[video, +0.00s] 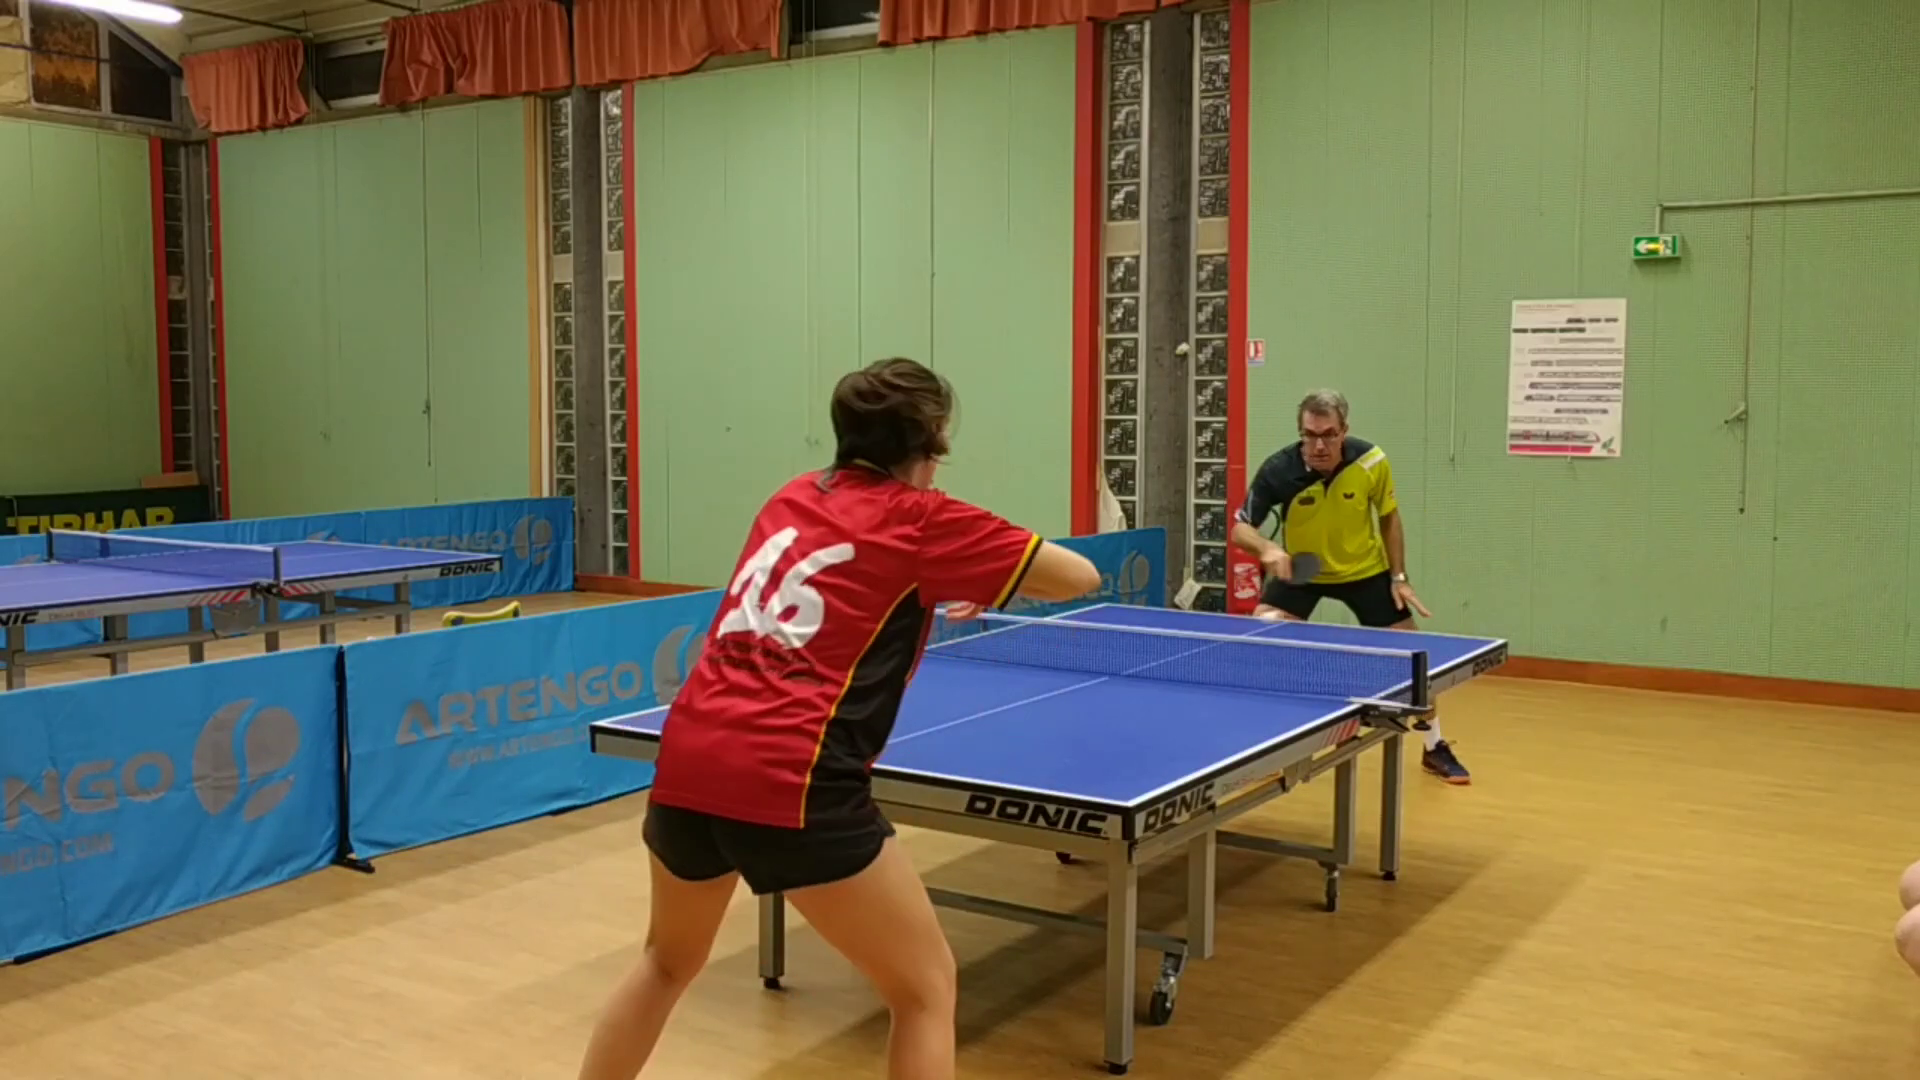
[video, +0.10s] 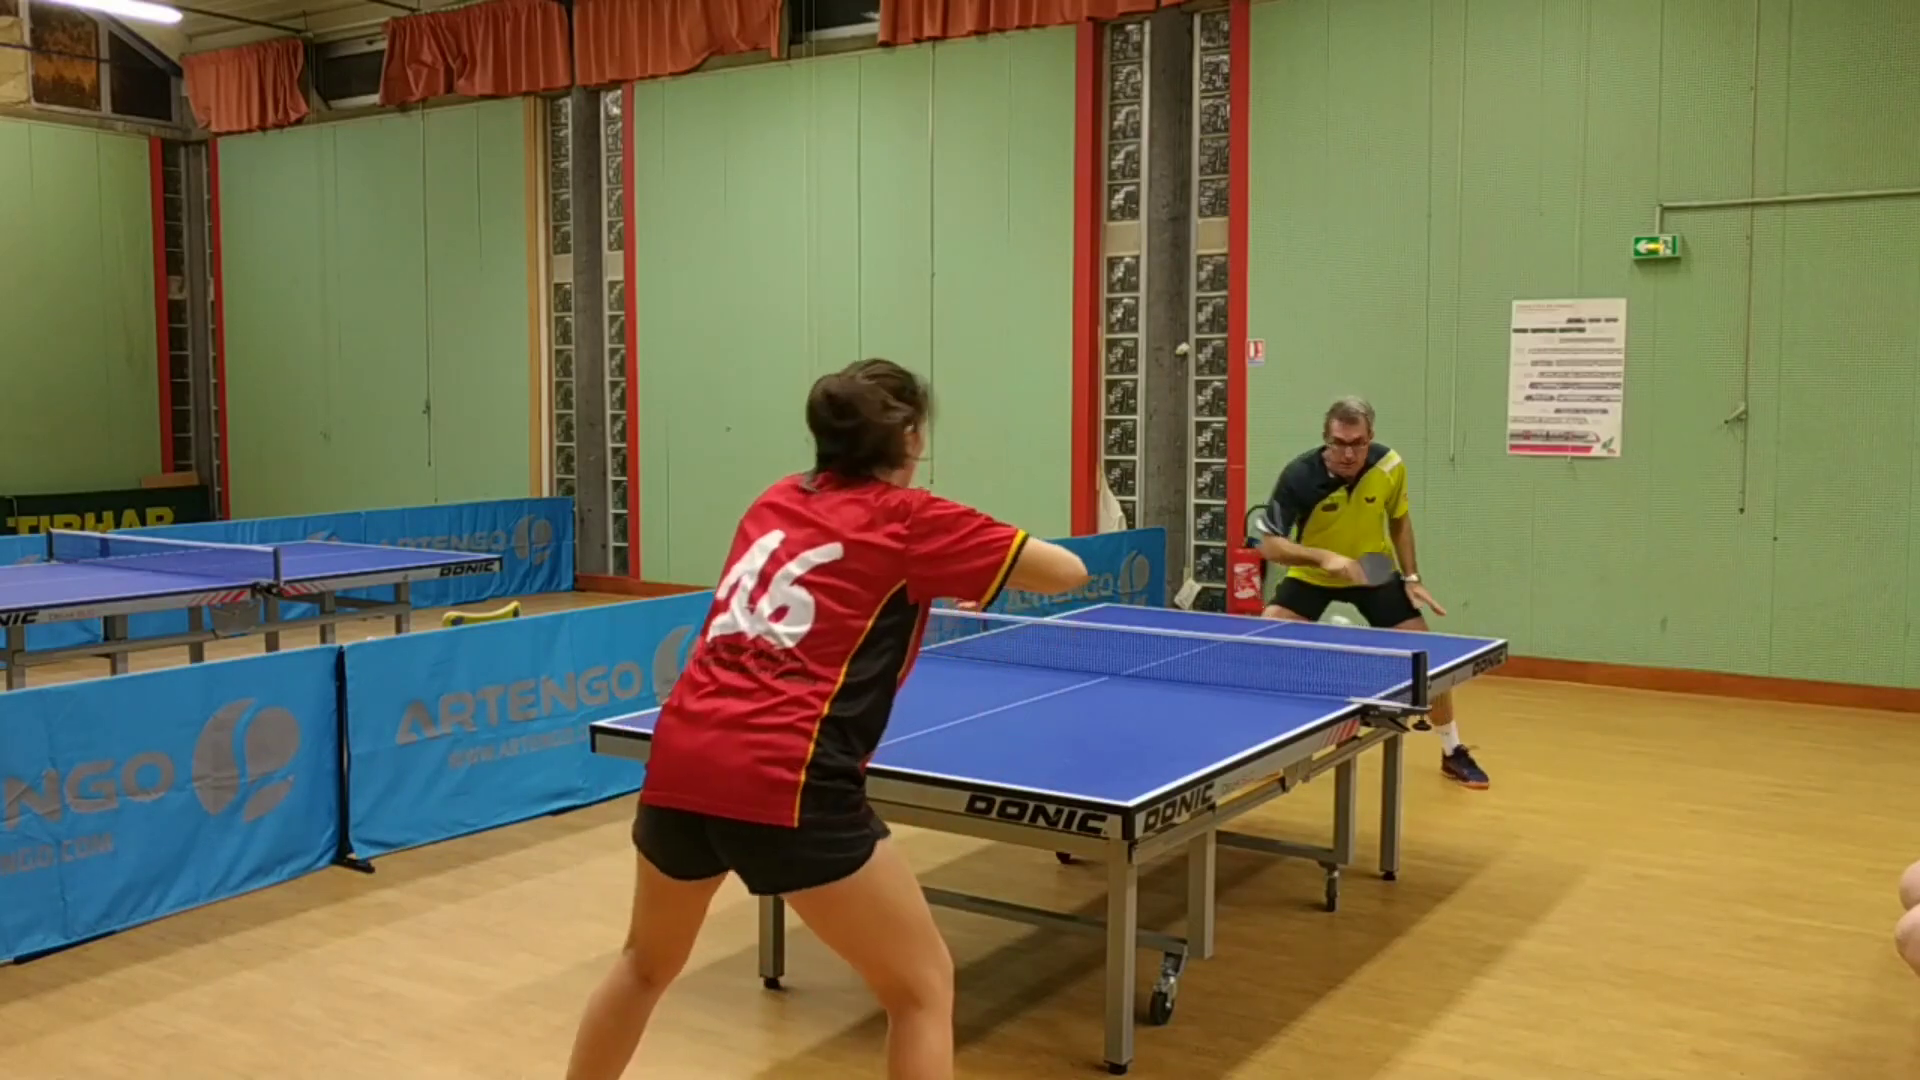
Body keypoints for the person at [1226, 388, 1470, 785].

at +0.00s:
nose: (1318, 445)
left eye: (1328, 435)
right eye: (1311, 435)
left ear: (1344, 431)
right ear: (1301, 432)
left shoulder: (1369, 461)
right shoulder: (1278, 471)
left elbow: (1389, 518)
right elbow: (1239, 529)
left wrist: (1398, 576)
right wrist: (1268, 548)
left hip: (1364, 573)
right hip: (1300, 574)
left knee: (1410, 650)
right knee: (1257, 647)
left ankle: (1435, 745)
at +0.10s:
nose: (1348, 454)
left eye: (1357, 444)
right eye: (1339, 445)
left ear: (1370, 438)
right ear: (1326, 439)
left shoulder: (1388, 465)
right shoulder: (1299, 476)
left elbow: (1399, 521)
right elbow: (1269, 545)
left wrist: (1411, 577)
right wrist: (1323, 557)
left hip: (1374, 575)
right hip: (1311, 577)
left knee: (1422, 652)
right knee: (1268, 633)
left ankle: (1453, 751)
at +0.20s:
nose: (1381, 468)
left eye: (1390, 459)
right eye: (1372, 459)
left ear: (1401, 454)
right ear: (1355, 450)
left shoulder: (1409, 475)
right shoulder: (1329, 485)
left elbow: (1412, 529)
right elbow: (1315, 567)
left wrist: (1428, 584)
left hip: (1386, 582)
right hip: (1327, 582)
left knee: (1435, 642)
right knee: (1282, 632)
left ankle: (1456, 751)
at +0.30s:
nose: (1413, 481)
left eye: (1420, 472)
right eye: (1404, 470)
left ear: (1429, 468)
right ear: (1385, 461)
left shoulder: (1425, 486)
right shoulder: (1355, 498)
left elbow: (1423, 533)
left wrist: (1447, 584)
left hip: (1401, 579)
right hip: (1341, 580)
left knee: (1448, 648)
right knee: (1296, 637)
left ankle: (1456, 751)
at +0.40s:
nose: (1439, 488)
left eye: (1447, 480)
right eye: (1431, 478)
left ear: (1454, 475)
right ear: (1408, 469)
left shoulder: (1434, 492)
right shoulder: (1378, 506)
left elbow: (1430, 530)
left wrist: (1452, 580)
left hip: (1408, 579)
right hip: (1351, 582)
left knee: (1456, 649)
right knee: (1306, 645)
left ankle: (1458, 752)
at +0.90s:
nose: (1455, 444)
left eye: (1466, 436)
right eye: (1448, 433)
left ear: (1483, 435)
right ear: (1439, 428)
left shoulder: (1486, 464)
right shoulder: (1413, 465)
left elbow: (1475, 515)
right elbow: (1394, 531)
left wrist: (1484, 570)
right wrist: (1426, 573)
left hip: (1443, 568)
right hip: (1388, 562)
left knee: (1469, 646)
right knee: (1346, 636)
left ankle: (1458, 750)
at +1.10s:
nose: (1426, 434)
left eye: (1436, 425)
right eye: (1420, 424)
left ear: (1455, 423)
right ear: (1411, 420)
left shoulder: (1470, 455)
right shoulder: (1388, 462)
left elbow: (1473, 508)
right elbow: (1359, 533)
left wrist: (1489, 567)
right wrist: (1386, 576)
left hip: (1449, 565)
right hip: (1391, 569)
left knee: (1496, 644)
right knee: (1354, 647)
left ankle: (1487, 741)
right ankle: (1340, 743)